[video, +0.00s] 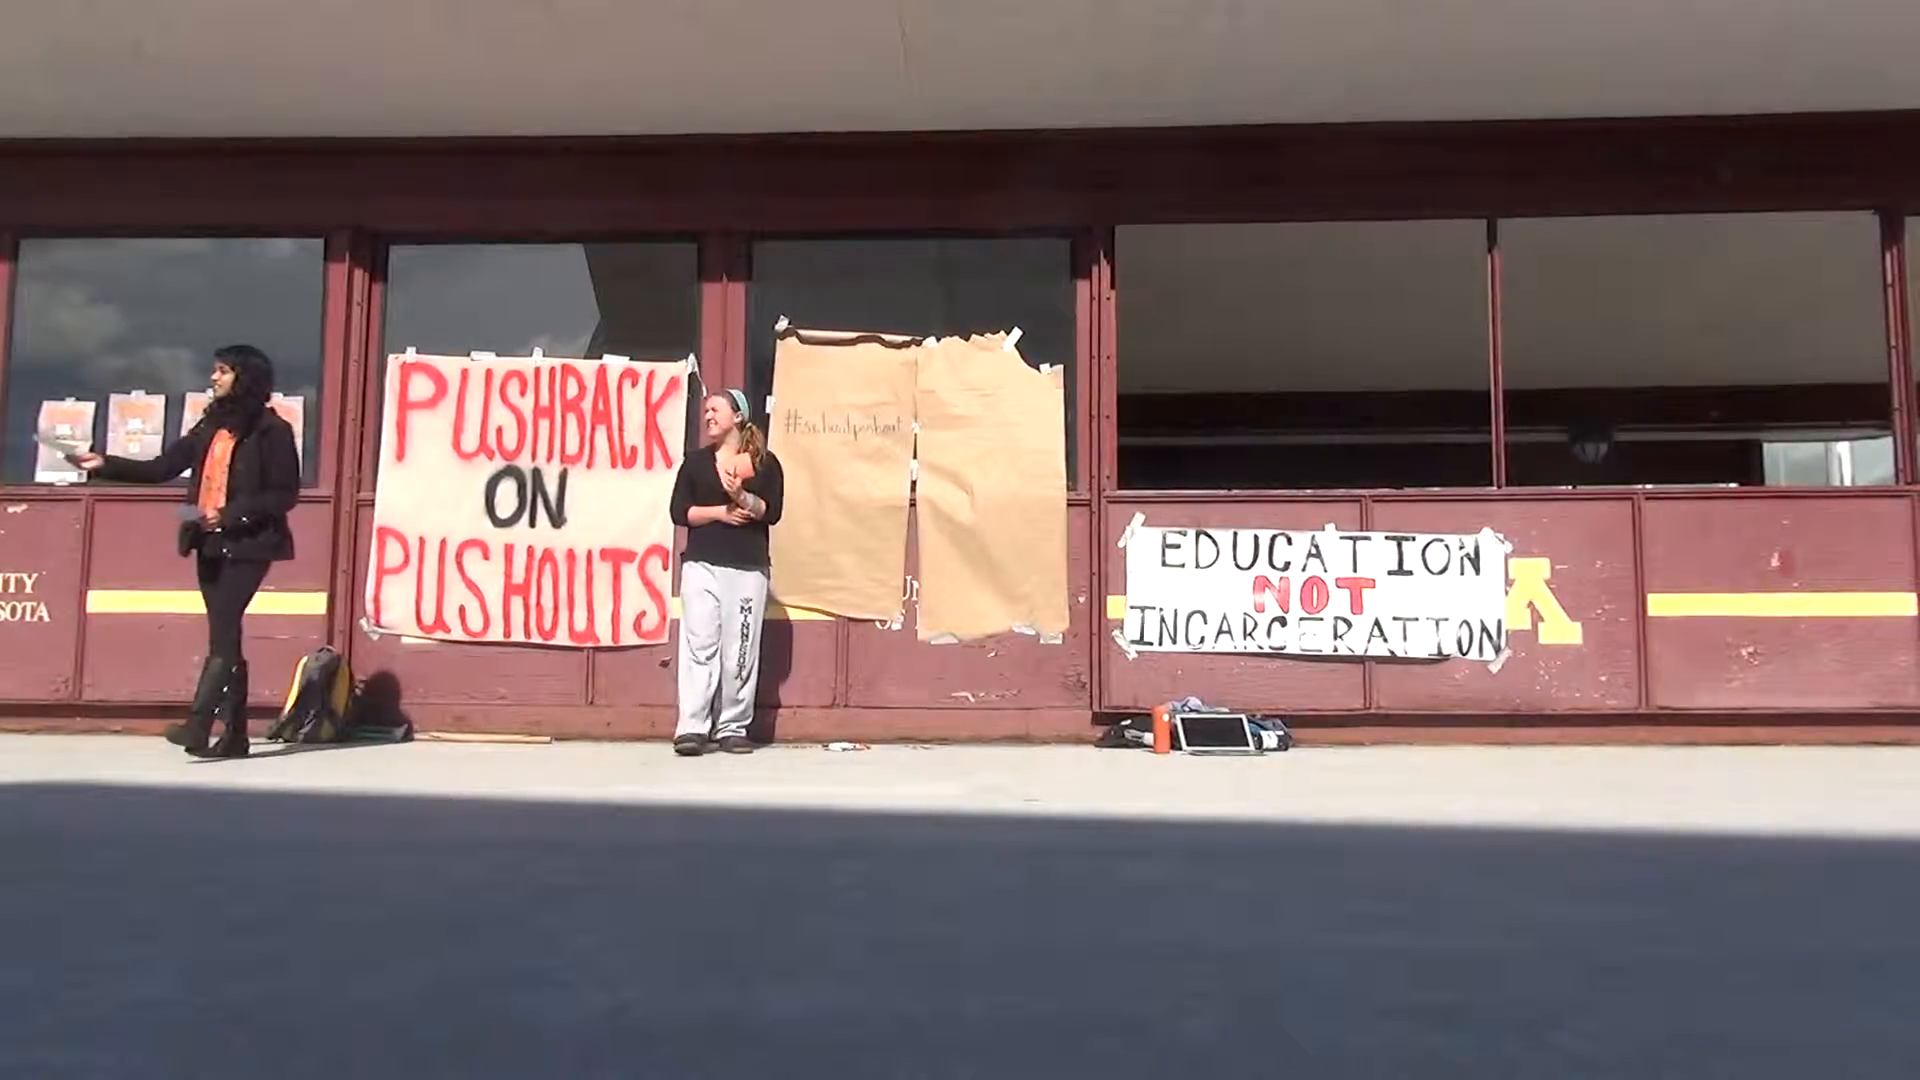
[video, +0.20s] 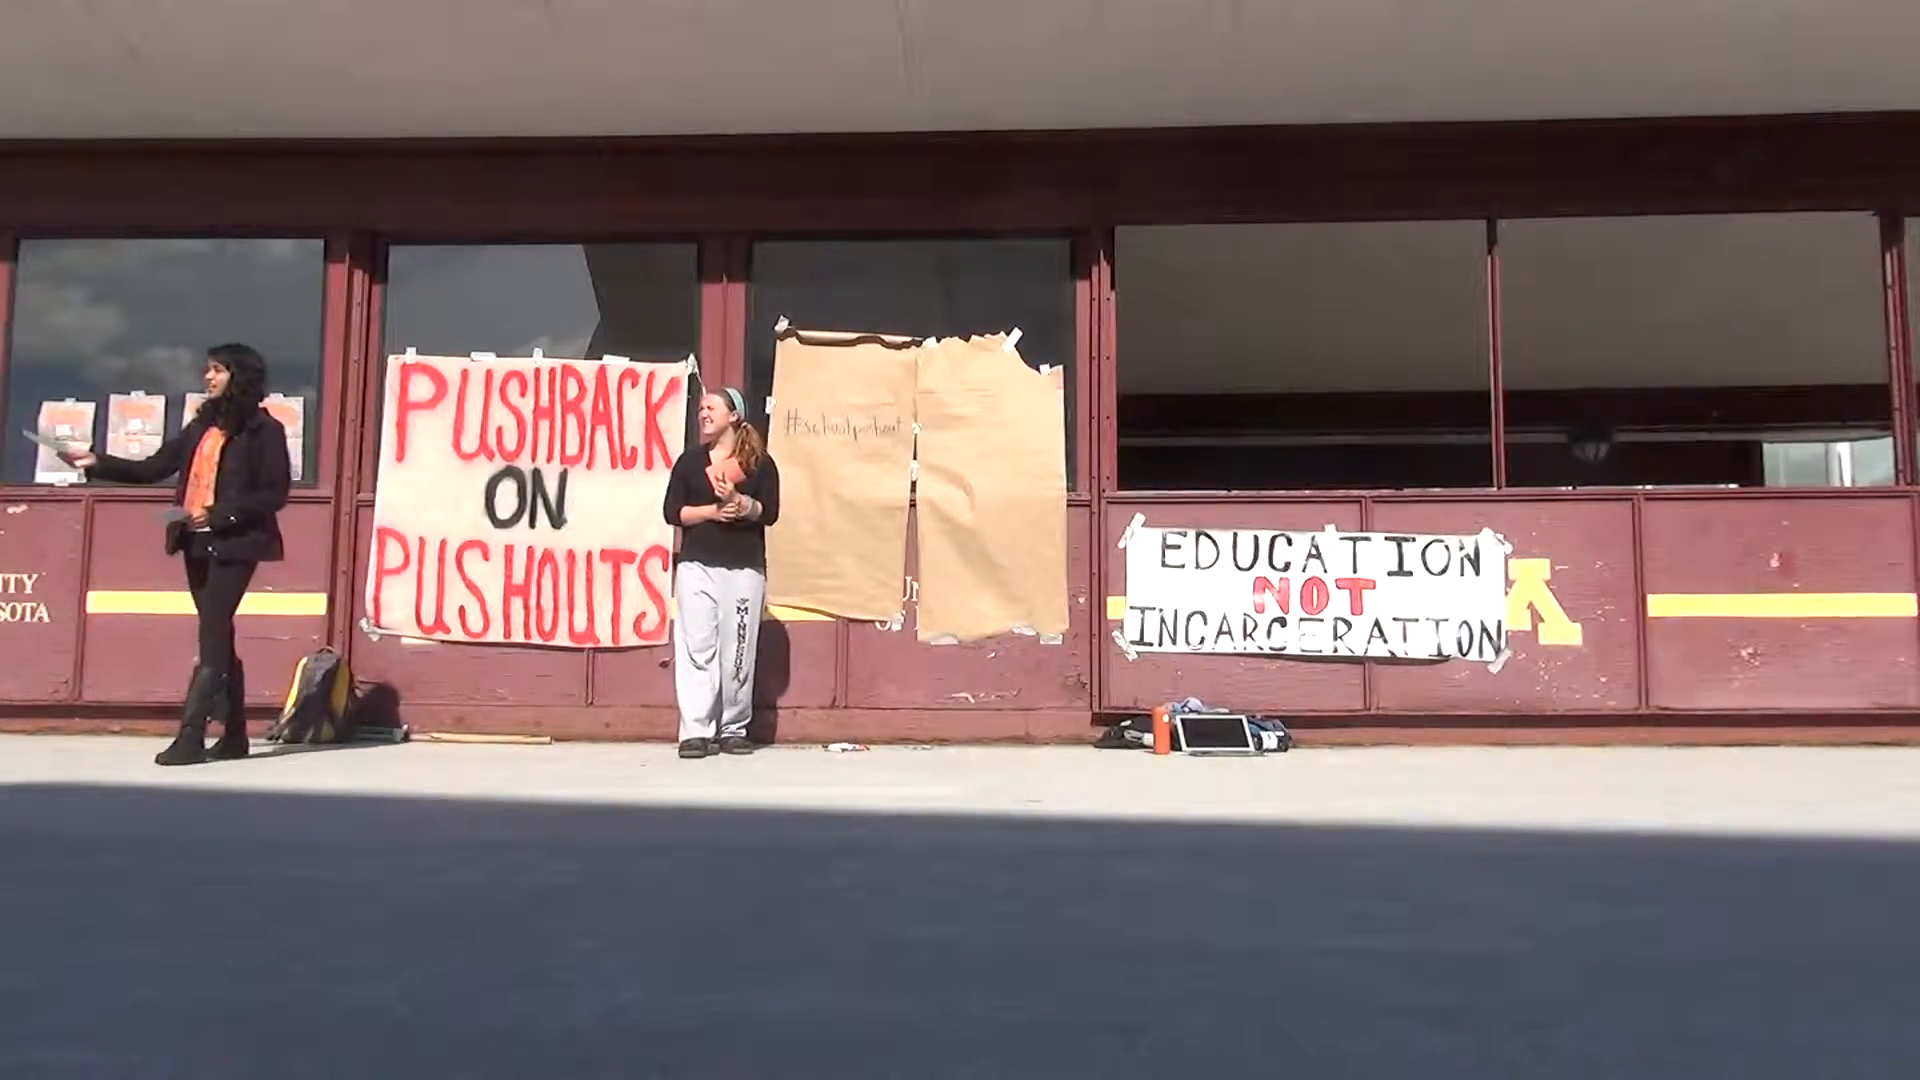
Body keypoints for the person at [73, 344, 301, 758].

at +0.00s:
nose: (214, 377)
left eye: (223, 371)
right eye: (215, 371)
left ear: (245, 379)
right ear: (222, 379)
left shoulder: (273, 430)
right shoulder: (213, 424)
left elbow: (285, 493)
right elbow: (164, 467)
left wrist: (233, 514)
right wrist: (106, 464)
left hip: (252, 544)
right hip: (212, 541)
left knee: (224, 622)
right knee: (224, 628)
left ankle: (199, 722)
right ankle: (236, 733)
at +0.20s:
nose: (208, 377)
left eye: (217, 370)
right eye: (208, 370)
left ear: (241, 377)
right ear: (214, 378)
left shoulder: (265, 428)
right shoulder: (204, 425)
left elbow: (276, 493)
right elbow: (155, 468)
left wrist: (220, 513)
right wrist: (96, 463)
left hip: (239, 544)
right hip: (198, 541)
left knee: (213, 626)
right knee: (217, 630)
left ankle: (191, 735)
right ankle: (235, 734)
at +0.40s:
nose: (201, 369)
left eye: (210, 363)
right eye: (201, 363)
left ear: (235, 370)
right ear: (205, 371)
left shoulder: (257, 424)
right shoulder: (194, 421)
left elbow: (264, 490)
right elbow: (145, 463)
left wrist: (210, 504)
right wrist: (90, 457)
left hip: (228, 540)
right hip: (188, 538)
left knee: (206, 628)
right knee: (205, 630)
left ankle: (190, 736)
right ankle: (232, 728)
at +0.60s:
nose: (195, 368)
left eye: (205, 361)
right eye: (195, 361)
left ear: (229, 368)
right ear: (196, 369)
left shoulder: (250, 422)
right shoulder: (186, 418)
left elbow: (258, 489)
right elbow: (138, 459)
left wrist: (202, 503)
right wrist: (83, 454)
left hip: (220, 543)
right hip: (179, 540)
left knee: (202, 635)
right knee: (177, 635)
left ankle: (190, 738)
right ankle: (219, 714)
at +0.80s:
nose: (192, 366)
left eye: (201, 359)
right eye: (190, 359)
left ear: (225, 366)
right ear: (189, 366)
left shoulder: (246, 421)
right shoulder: (179, 413)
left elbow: (254, 488)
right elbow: (136, 454)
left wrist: (199, 502)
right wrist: (79, 447)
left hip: (216, 541)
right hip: (172, 537)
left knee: (202, 632)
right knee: (153, 632)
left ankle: (191, 739)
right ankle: (197, 712)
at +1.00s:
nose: (186, 364)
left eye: (196, 357)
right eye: (184, 358)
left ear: (220, 363)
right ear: (183, 365)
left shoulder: (243, 418)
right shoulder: (176, 411)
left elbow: (252, 487)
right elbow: (132, 452)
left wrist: (191, 505)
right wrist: (78, 442)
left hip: (214, 541)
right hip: (167, 536)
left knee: (200, 632)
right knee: (137, 627)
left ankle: (191, 739)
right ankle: (139, 736)